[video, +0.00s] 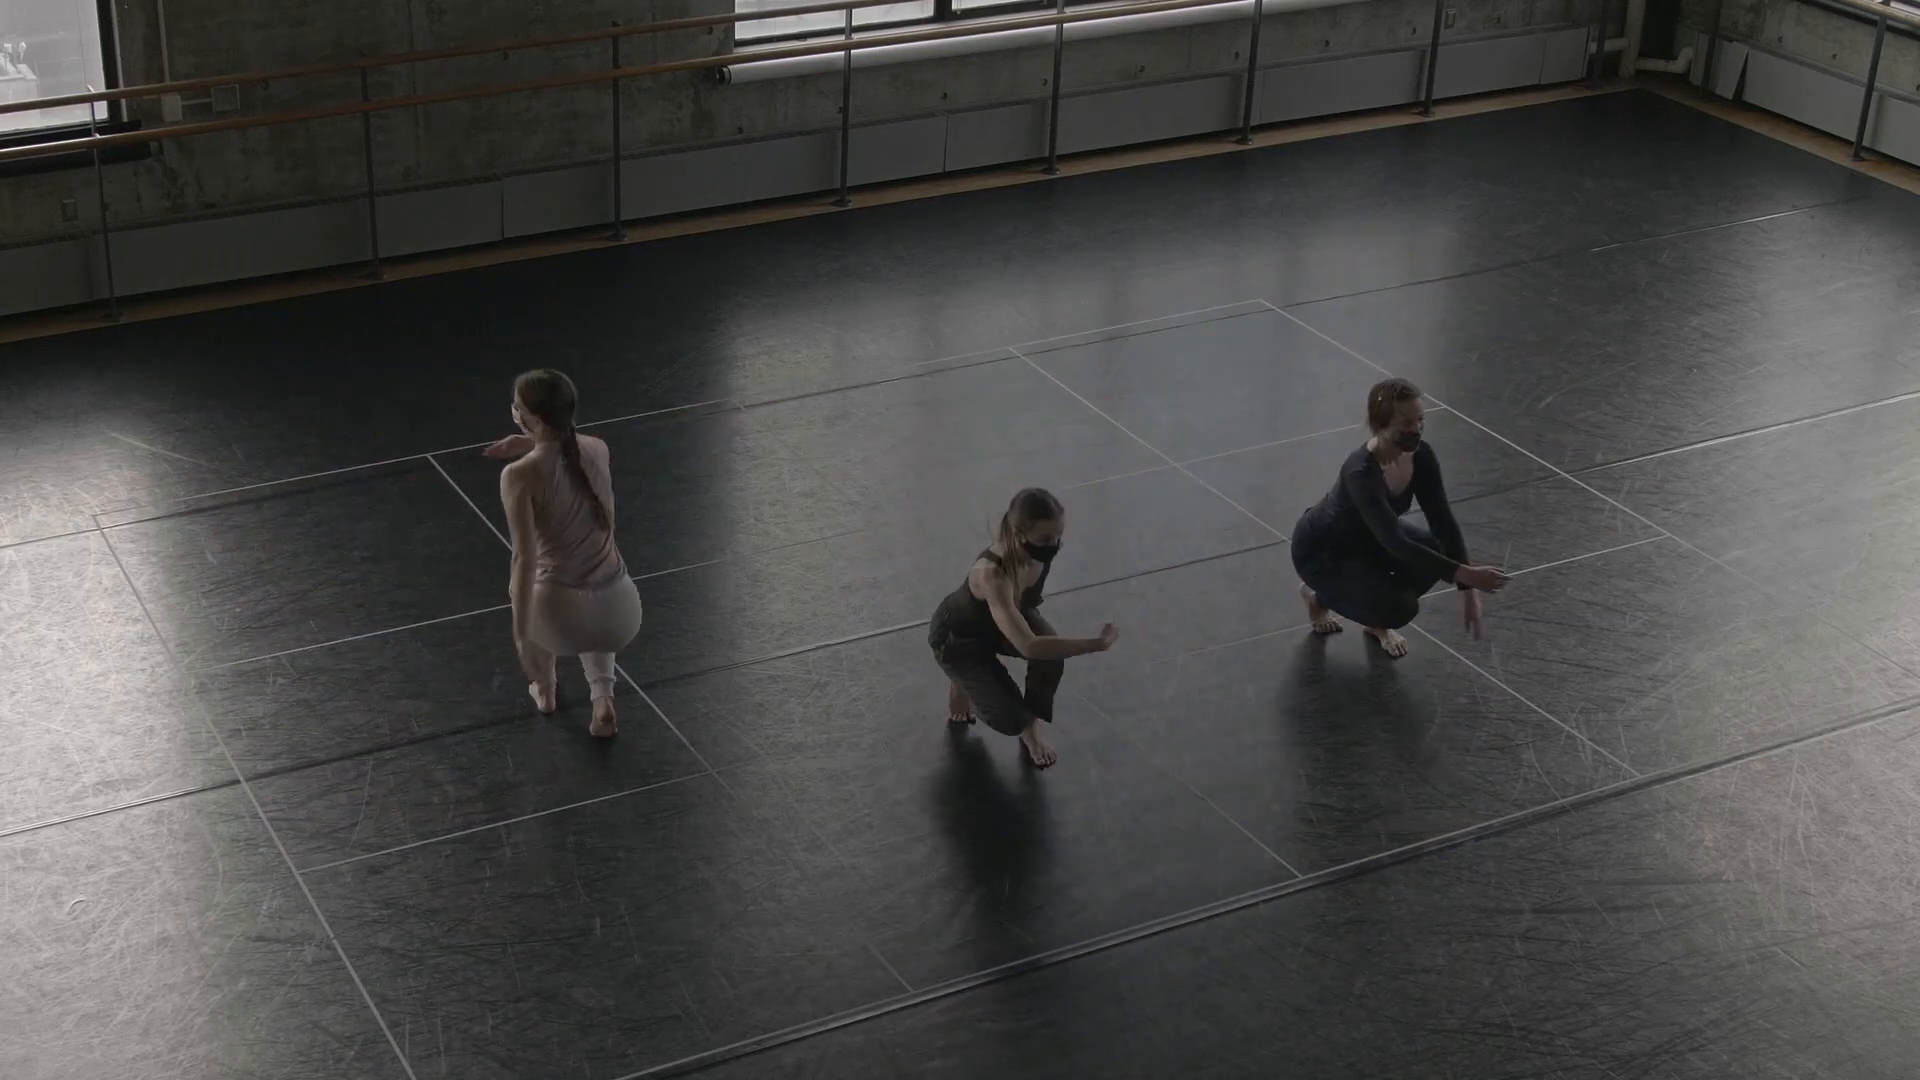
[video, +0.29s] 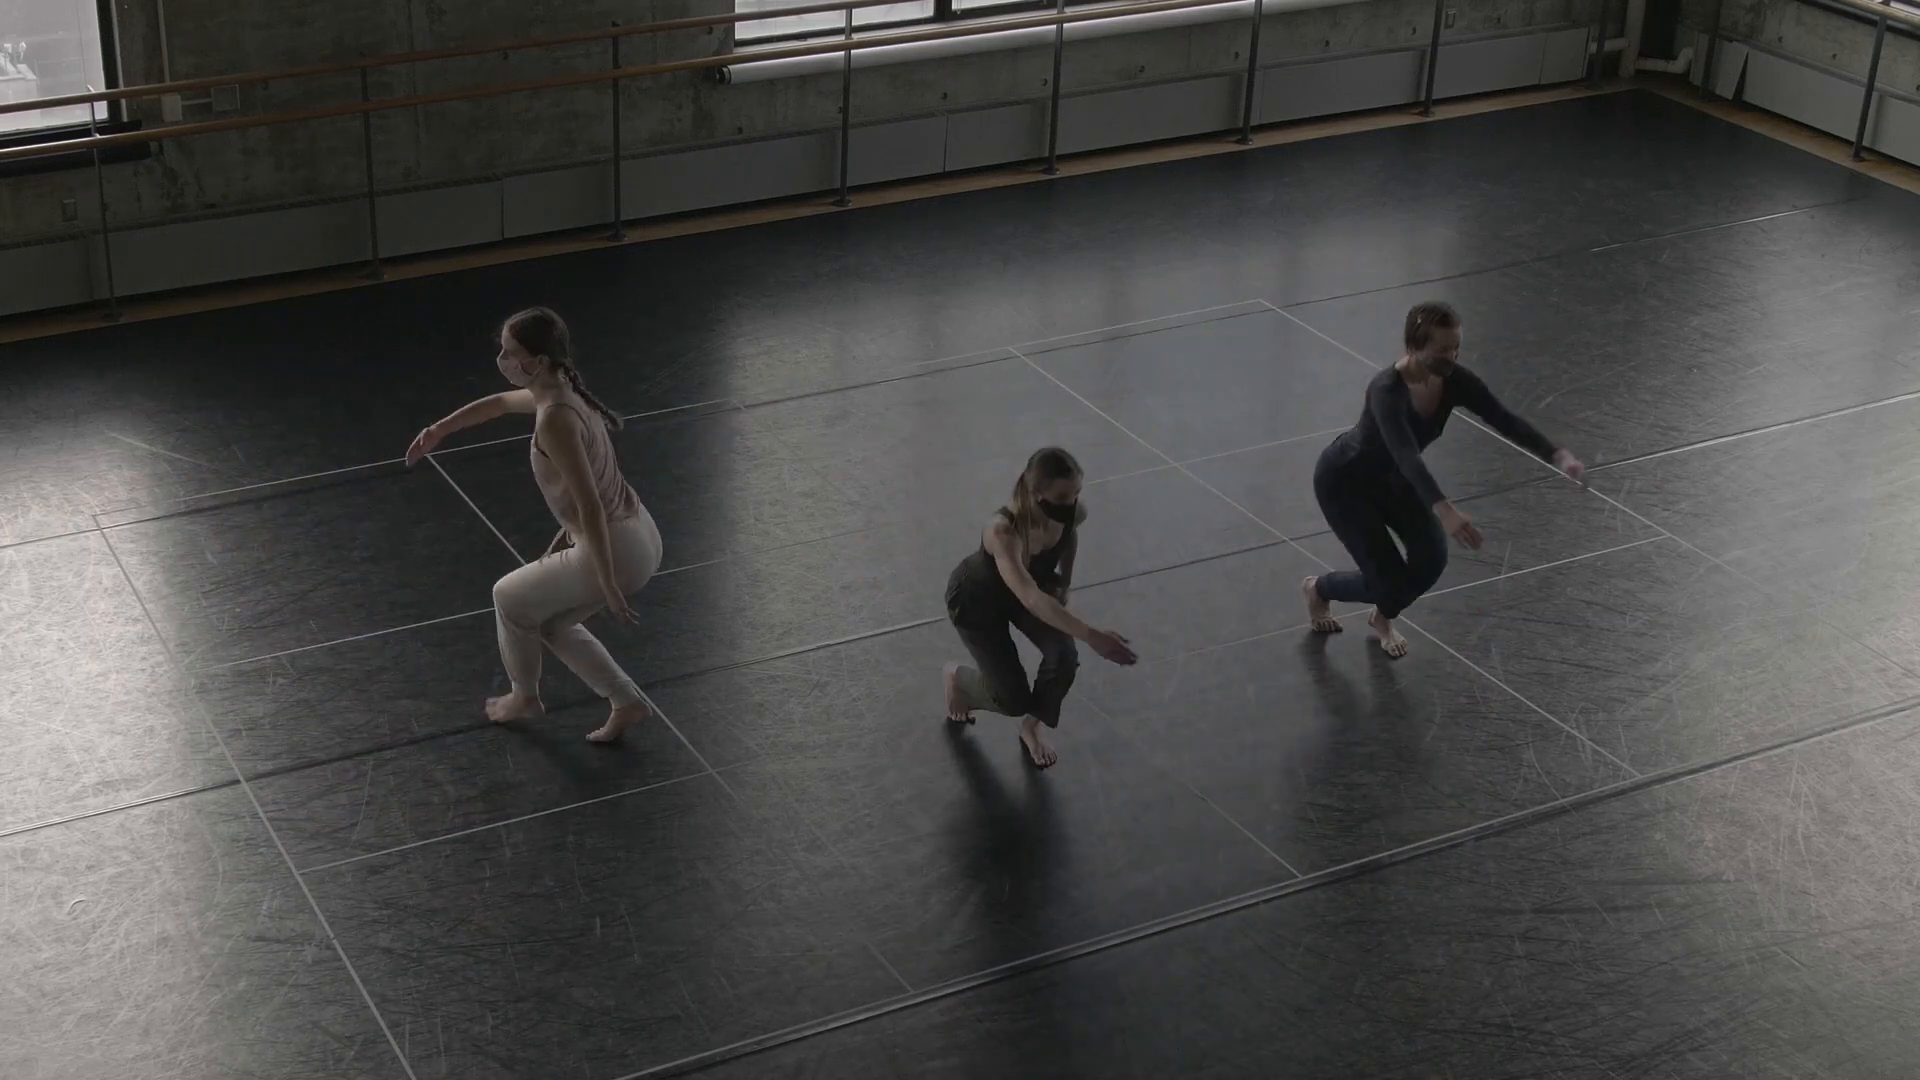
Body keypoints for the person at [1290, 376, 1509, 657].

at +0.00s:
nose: (1416, 431)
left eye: (1420, 421)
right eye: (1405, 425)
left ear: (1424, 418)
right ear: (1380, 425)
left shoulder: (1419, 457)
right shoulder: (1360, 472)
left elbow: (1443, 522)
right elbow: (1396, 543)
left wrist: (1467, 589)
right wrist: (1463, 574)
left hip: (1364, 536)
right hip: (1320, 553)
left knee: (1433, 552)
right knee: (1401, 608)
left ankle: (1376, 619)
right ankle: (1317, 599)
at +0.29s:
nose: (1452, 358)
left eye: (1455, 349)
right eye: (1443, 351)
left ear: (1458, 344)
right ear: (1415, 348)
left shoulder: (1455, 380)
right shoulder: (1385, 390)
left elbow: (1501, 419)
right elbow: (1405, 455)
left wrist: (1557, 455)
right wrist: (1446, 511)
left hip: (1394, 476)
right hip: (1344, 482)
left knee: (1431, 557)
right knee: (1392, 585)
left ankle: (1382, 619)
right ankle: (1317, 589)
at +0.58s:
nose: (1486, 294)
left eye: (1491, 285)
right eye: (1478, 285)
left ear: (1492, 283)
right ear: (1450, 281)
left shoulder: (1493, 321)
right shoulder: (1413, 320)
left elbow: (1554, 351)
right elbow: (1359, 371)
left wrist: (1625, 381)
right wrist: (1308, 422)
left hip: (1430, 438)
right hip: (1374, 429)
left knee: (1426, 540)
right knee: (1359, 520)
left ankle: (1389, 607)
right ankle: (1318, 587)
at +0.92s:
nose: (1533, 365)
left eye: (1539, 357)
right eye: (1526, 356)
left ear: (1541, 353)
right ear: (1498, 348)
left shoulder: (1528, 394)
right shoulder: (1453, 385)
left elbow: (1489, 445)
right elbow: (1380, 421)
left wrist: (1469, 482)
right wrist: (1307, 453)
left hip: (1472, 497)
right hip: (1417, 489)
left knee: (1515, 597)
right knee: (1363, 549)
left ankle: (1472, 697)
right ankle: (1313, 585)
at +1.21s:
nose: (1618, 382)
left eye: (1623, 374)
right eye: (1614, 373)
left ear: (1592, 357)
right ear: (1592, 358)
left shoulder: (1566, 389)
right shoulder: (1537, 403)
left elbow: (1494, 422)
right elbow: (1518, 492)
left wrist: (1448, 462)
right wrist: (1513, 576)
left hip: (1506, 503)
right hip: (1462, 507)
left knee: (1525, 608)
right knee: (1481, 631)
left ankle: (1473, 699)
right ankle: (1394, 697)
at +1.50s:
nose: (1663, 401)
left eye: (1668, 393)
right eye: (1663, 391)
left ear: (1630, 368)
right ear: (1643, 379)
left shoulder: (1576, 393)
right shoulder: (1605, 432)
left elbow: (1524, 425)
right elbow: (1595, 521)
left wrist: (1490, 454)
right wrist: (1610, 602)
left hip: (1477, 510)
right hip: (1510, 543)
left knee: (1401, 582)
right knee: (1559, 658)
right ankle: (1507, 764)